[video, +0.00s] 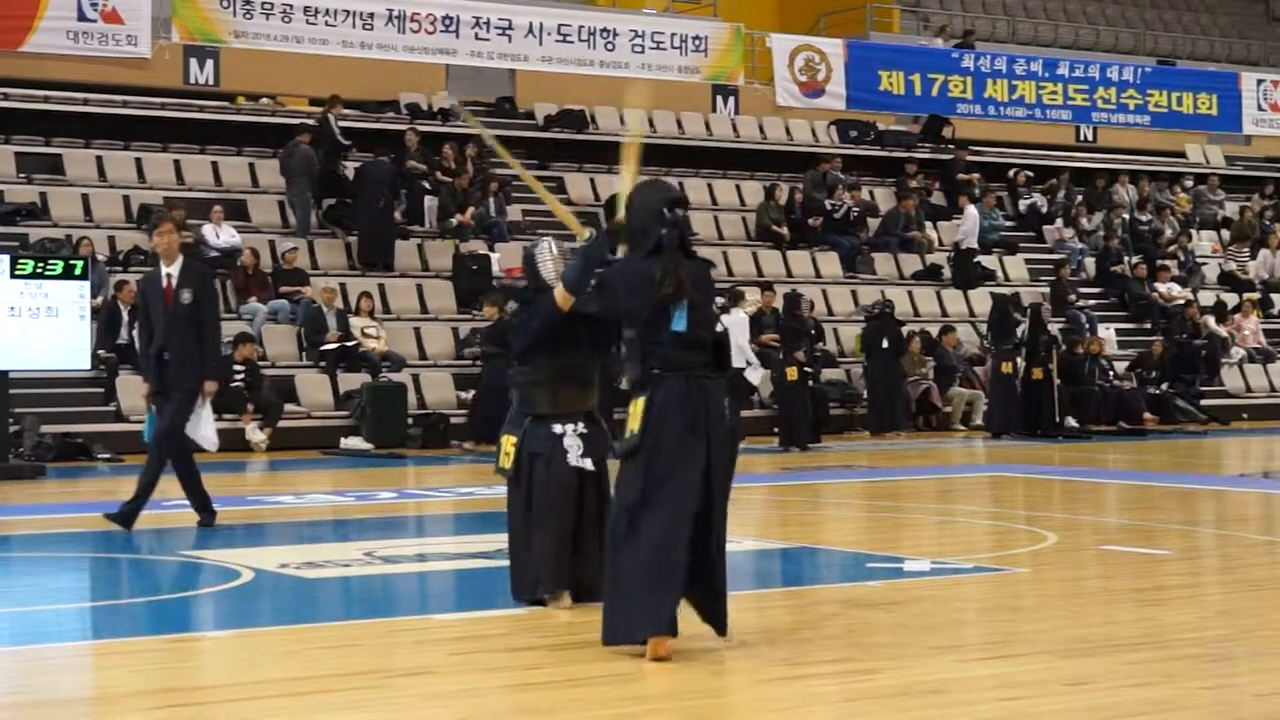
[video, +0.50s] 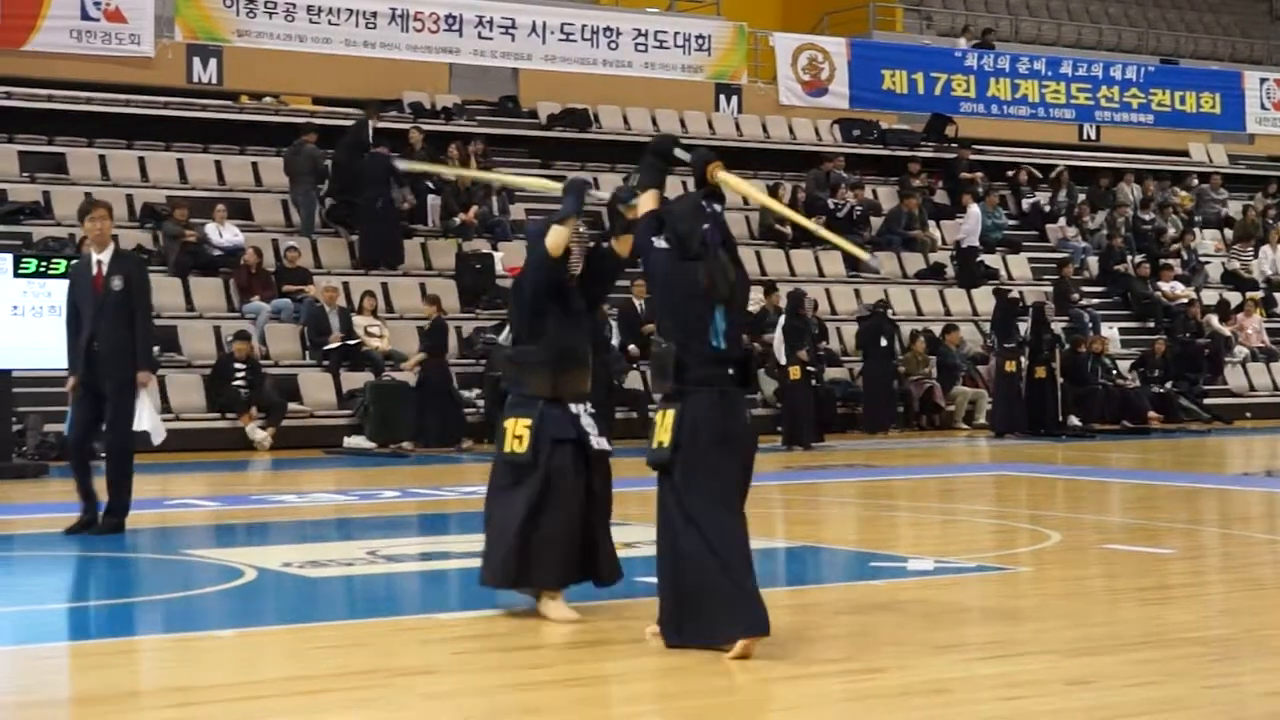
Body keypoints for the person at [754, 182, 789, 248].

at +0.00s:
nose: (781, 194)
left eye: (781, 191)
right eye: (779, 191)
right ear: (772, 192)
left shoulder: (780, 207)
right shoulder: (763, 206)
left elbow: (783, 221)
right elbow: (766, 223)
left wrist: (785, 231)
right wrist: (782, 232)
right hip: (764, 235)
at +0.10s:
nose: (781, 194)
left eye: (781, 191)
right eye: (779, 191)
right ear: (773, 192)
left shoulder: (781, 207)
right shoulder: (763, 206)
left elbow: (783, 221)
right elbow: (766, 223)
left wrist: (786, 231)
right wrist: (782, 232)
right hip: (764, 234)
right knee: (781, 238)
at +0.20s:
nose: (782, 194)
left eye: (782, 191)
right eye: (780, 191)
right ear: (773, 191)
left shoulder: (782, 207)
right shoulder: (764, 206)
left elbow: (784, 220)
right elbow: (767, 223)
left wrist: (786, 231)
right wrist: (783, 232)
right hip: (765, 234)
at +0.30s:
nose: (782, 194)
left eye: (783, 191)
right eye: (781, 191)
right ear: (774, 191)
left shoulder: (782, 207)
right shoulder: (764, 206)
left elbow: (784, 221)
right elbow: (768, 223)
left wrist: (787, 231)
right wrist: (783, 232)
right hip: (765, 233)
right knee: (782, 238)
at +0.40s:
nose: (783, 193)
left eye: (783, 191)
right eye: (781, 191)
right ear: (774, 191)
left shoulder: (783, 207)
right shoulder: (765, 206)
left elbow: (785, 220)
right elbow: (768, 223)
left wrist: (787, 230)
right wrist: (784, 232)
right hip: (766, 234)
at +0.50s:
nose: (784, 193)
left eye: (784, 190)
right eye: (782, 190)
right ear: (775, 190)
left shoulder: (783, 205)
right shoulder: (767, 204)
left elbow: (786, 219)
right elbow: (770, 222)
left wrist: (788, 230)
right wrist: (785, 231)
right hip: (767, 233)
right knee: (784, 236)